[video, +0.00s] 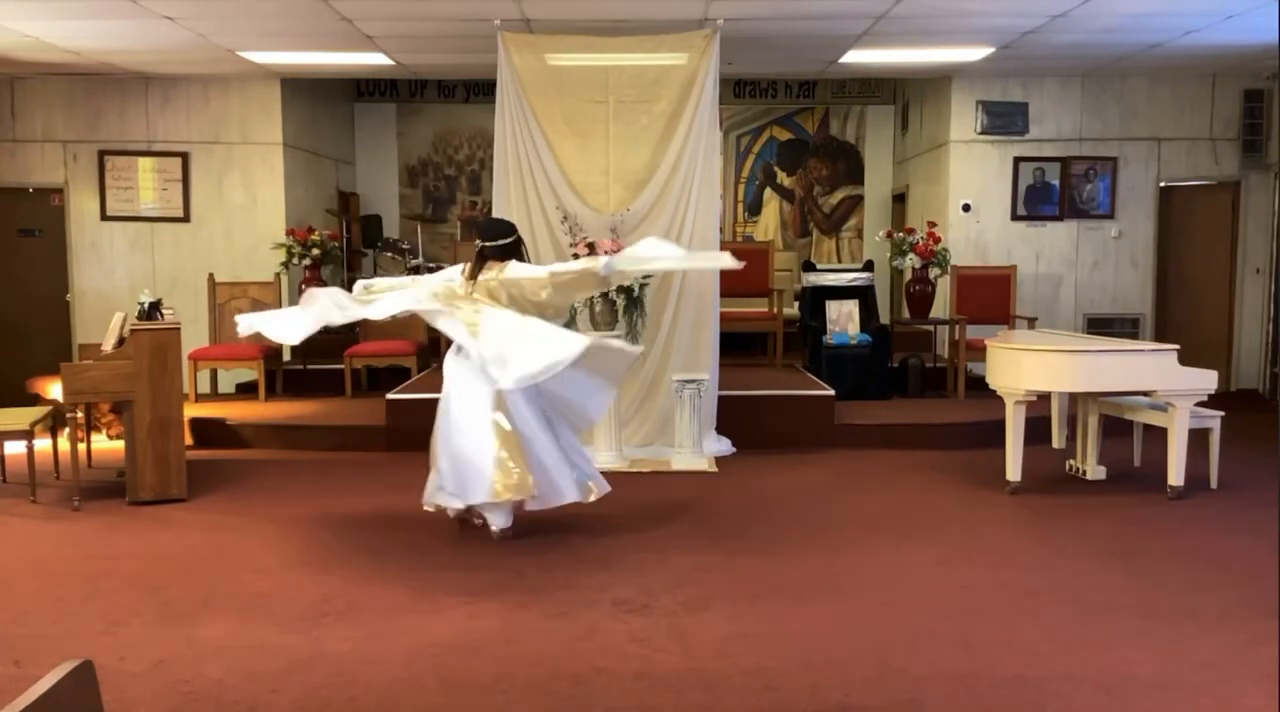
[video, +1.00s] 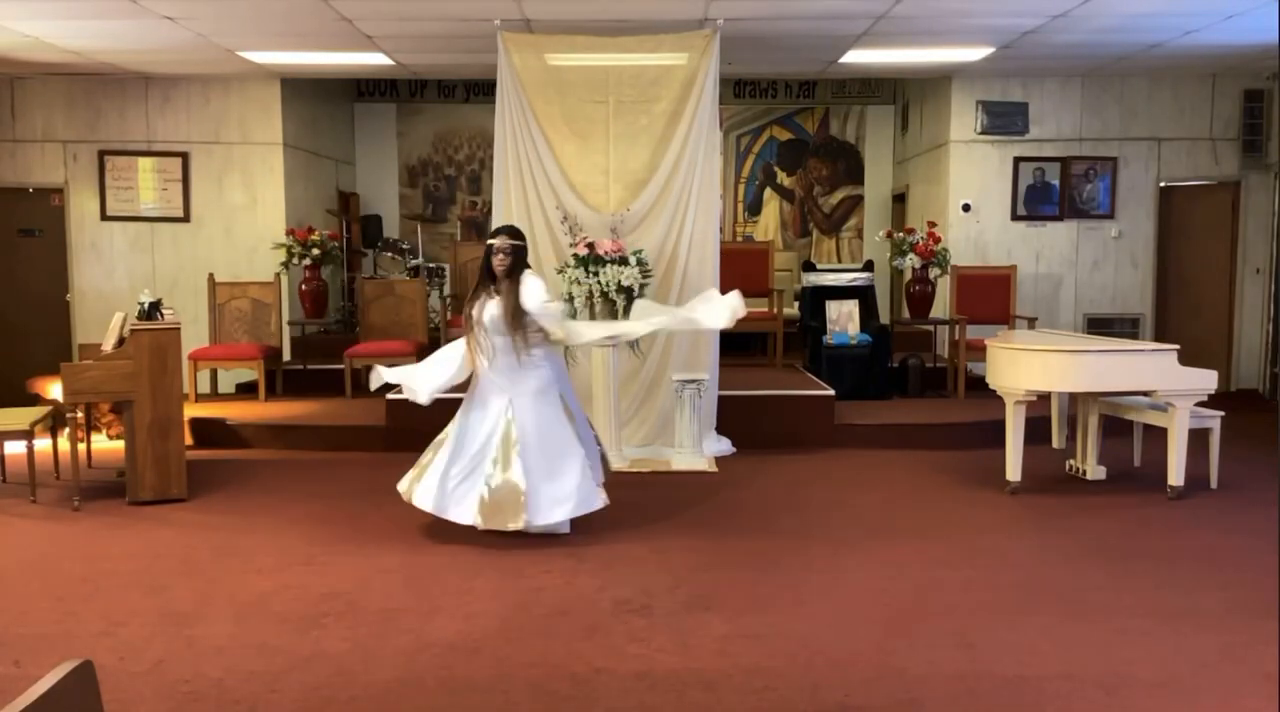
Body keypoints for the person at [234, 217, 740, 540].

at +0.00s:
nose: (509, 261)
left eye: (501, 255)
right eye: (510, 255)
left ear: (477, 253)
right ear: (509, 254)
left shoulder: (453, 285)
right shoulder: (518, 281)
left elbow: (403, 295)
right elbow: (566, 276)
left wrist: (354, 298)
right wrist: (609, 261)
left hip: (465, 372)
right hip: (507, 372)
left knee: (462, 432)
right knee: (504, 434)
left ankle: (464, 501)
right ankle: (499, 512)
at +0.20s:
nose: (527, 258)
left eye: (518, 252)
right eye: (524, 252)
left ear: (489, 250)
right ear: (515, 251)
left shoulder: (474, 281)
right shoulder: (505, 283)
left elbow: (429, 296)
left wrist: (382, 305)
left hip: (461, 377)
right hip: (484, 380)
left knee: (468, 438)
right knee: (490, 442)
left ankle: (464, 500)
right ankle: (484, 512)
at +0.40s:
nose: (534, 257)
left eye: (532, 250)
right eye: (529, 251)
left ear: (503, 254)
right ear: (516, 255)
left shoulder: (529, 295)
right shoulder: (486, 284)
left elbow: (542, 341)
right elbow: (450, 306)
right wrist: (421, 315)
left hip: (511, 386)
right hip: (478, 387)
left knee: (514, 449)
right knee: (486, 450)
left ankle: (510, 515)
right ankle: (481, 518)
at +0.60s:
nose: (535, 255)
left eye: (536, 249)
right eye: (527, 251)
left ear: (539, 254)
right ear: (508, 257)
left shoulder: (546, 287)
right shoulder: (486, 288)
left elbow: (584, 285)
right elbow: (446, 310)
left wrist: (615, 281)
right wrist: (407, 330)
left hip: (536, 387)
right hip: (494, 387)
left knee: (540, 451)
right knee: (488, 453)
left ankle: (545, 516)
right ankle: (491, 520)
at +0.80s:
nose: (523, 257)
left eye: (528, 251)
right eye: (516, 252)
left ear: (537, 256)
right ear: (503, 257)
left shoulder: (549, 287)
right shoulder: (491, 291)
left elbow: (589, 290)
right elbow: (454, 323)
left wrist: (634, 290)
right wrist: (423, 355)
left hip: (541, 385)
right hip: (495, 385)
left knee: (544, 450)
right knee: (487, 449)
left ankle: (550, 518)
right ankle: (486, 517)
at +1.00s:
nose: (500, 259)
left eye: (508, 252)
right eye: (494, 252)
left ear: (520, 256)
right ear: (487, 258)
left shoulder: (530, 286)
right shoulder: (482, 300)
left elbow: (557, 324)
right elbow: (468, 350)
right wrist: (423, 375)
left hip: (535, 376)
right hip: (496, 380)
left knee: (538, 443)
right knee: (493, 443)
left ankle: (550, 515)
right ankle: (498, 513)